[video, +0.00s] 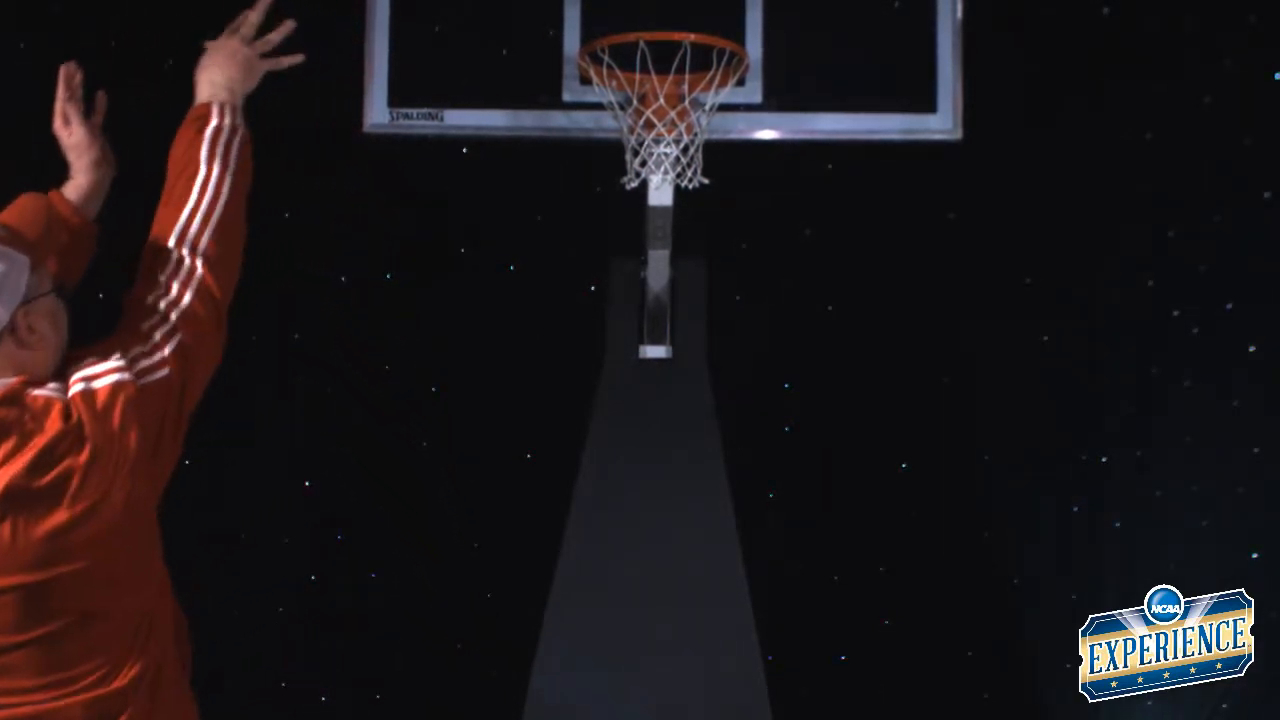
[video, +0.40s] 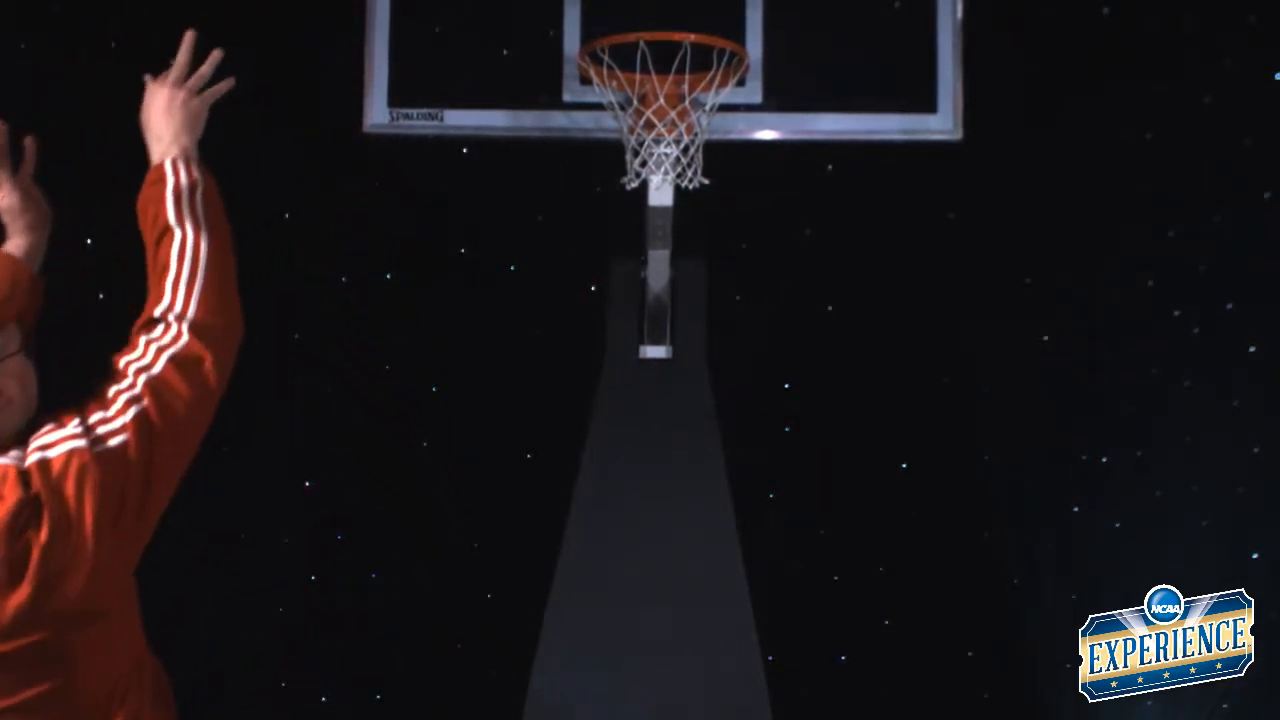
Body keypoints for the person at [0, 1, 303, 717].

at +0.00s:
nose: (56, 295)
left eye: (43, 285)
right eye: (44, 288)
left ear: (9, 332)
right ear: (20, 330)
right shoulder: (89, 430)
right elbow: (185, 274)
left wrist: (79, 191)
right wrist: (219, 102)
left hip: (17, 702)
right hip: (125, 702)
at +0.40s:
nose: (22, 353)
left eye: (14, 346)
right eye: (13, 350)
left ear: (12, 378)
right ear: (1, 383)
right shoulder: (40, 500)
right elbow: (186, 335)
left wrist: (18, 248)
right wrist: (176, 155)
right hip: (90, 701)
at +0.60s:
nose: (14, 396)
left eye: (7, 366)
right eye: (7, 367)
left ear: (11, 371)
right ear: (3, 376)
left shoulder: (38, 537)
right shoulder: (33, 539)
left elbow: (190, 371)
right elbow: (190, 368)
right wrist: (159, 194)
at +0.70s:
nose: (9, 400)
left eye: (5, 371)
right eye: (6, 372)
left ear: (13, 386)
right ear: (3, 391)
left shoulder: (41, 543)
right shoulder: (35, 546)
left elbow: (196, 389)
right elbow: (196, 387)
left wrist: (151, 218)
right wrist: (153, 216)